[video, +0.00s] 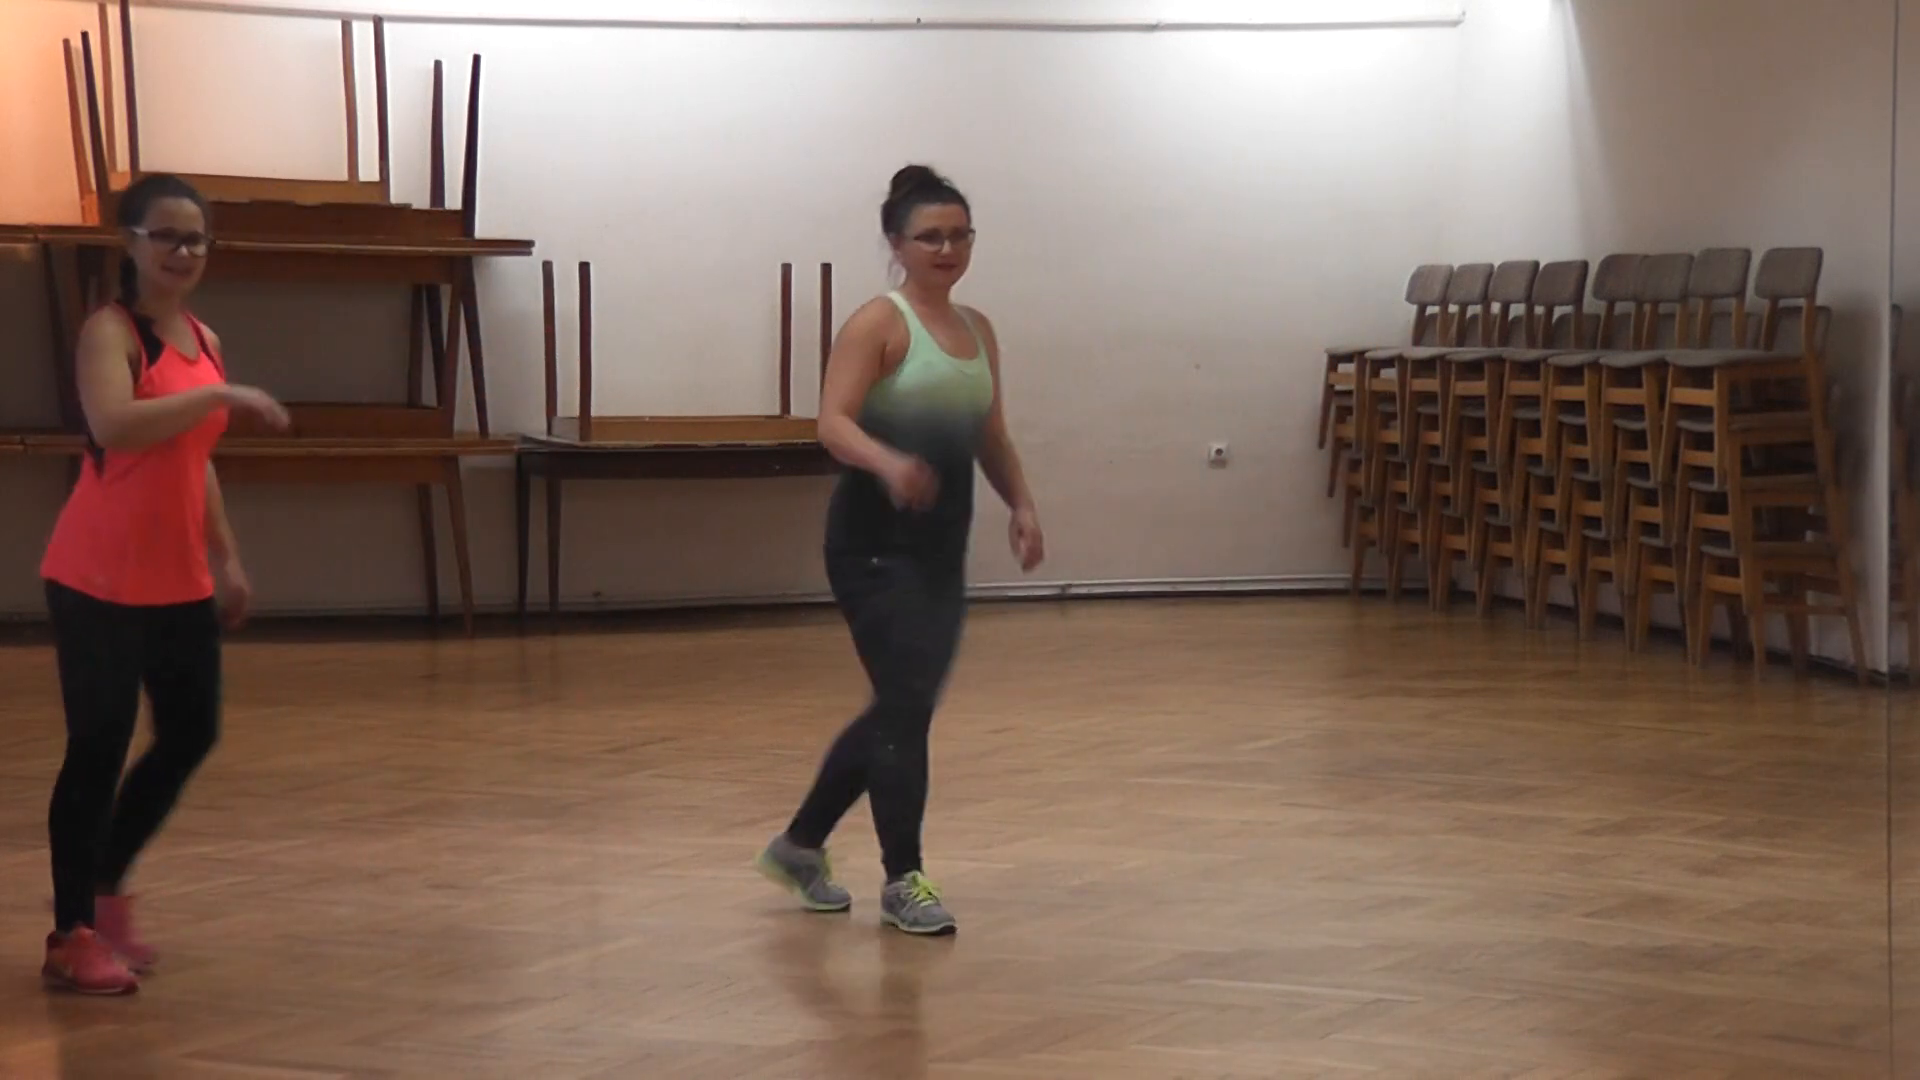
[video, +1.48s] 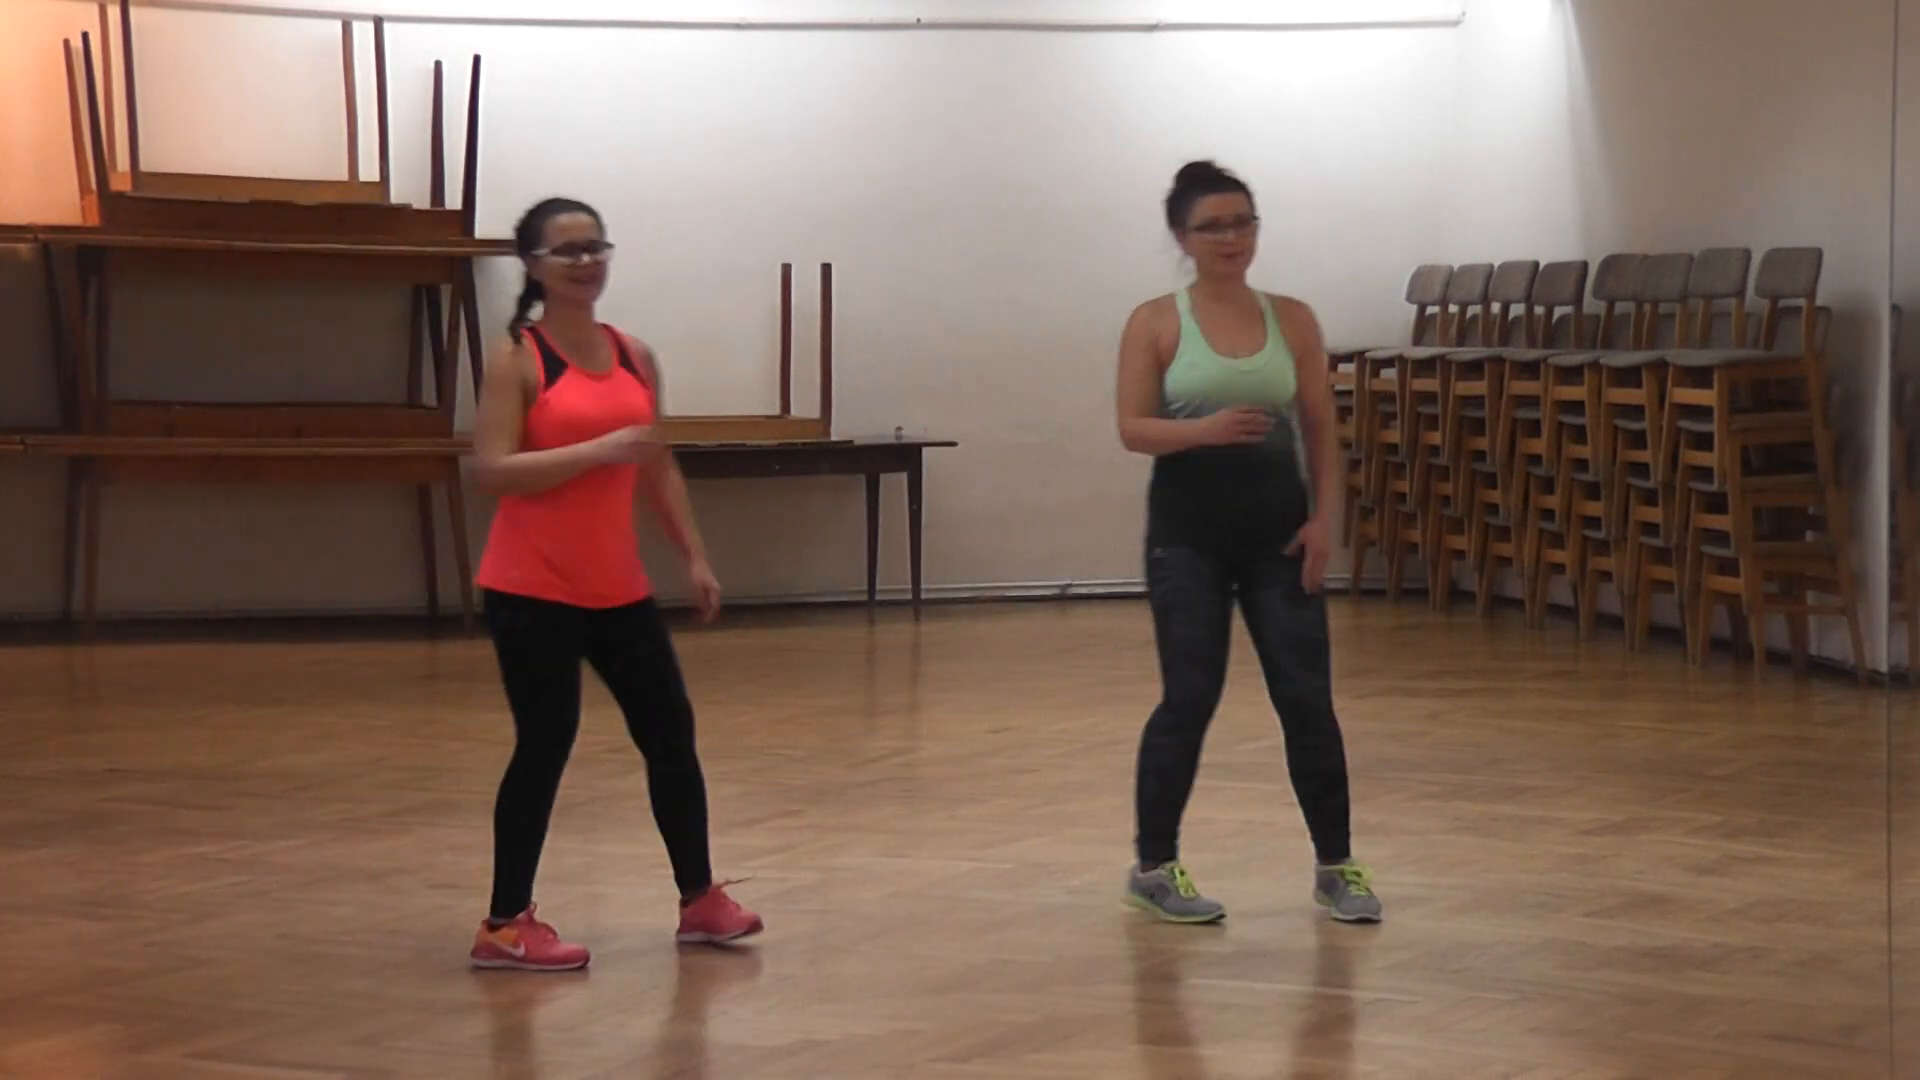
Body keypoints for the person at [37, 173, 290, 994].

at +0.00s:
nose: (182, 252)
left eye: (194, 240)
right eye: (166, 237)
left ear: (208, 250)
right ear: (130, 241)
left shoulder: (200, 338)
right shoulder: (108, 328)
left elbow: (195, 460)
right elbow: (111, 424)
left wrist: (226, 553)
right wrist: (222, 396)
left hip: (178, 577)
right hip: (98, 576)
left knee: (190, 732)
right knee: (97, 744)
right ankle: (72, 932)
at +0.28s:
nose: (179, 265)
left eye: (191, 251)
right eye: (162, 251)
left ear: (202, 255)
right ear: (122, 254)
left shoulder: (173, 342)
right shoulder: (114, 341)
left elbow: (164, 453)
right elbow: (213, 422)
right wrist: (307, 377)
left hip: (147, 583)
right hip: (92, 581)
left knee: (123, 739)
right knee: (110, 739)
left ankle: (51, 906)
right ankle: (18, 904)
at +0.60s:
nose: (244, 299)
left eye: (253, 285)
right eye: (226, 286)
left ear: (260, 289)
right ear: (185, 291)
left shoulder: (182, 376)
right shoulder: (209, 380)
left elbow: (115, 479)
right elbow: (316, 463)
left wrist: (71, 561)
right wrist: (427, 523)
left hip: (194, 617)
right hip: (147, 614)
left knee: (266, 739)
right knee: (71, 764)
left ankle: (244, 927)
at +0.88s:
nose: (349, 258)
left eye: (356, 243)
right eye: (330, 247)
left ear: (364, 250)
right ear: (289, 260)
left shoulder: (338, 341)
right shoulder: (295, 351)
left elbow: (313, 466)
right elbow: (243, 463)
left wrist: (358, 538)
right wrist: (213, 575)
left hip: (302, 580)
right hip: (291, 583)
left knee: (274, 743)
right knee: (379, 713)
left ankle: (245, 923)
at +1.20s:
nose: (475, 265)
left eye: (482, 250)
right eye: (455, 256)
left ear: (494, 257)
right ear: (420, 273)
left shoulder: (495, 349)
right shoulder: (421, 360)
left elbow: (501, 472)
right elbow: (373, 472)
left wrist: (572, 529)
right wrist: (343, 569)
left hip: (491, 582)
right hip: (438, 584)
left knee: (504, 742)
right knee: (502, 740)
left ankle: (366, 848)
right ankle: (504, 923)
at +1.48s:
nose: (588, 260)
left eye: (596, 247)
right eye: (569, 250)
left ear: (611, 257)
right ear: (533, 265)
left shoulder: (635, 357)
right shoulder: (514, 358)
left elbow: (658, 465)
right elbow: (487, 469)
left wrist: (694, 554)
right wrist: (605, 449)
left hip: (617, 586)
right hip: (531, 587)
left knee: (669, 730)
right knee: (545, 737)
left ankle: (699, 900)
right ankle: (506, 923)